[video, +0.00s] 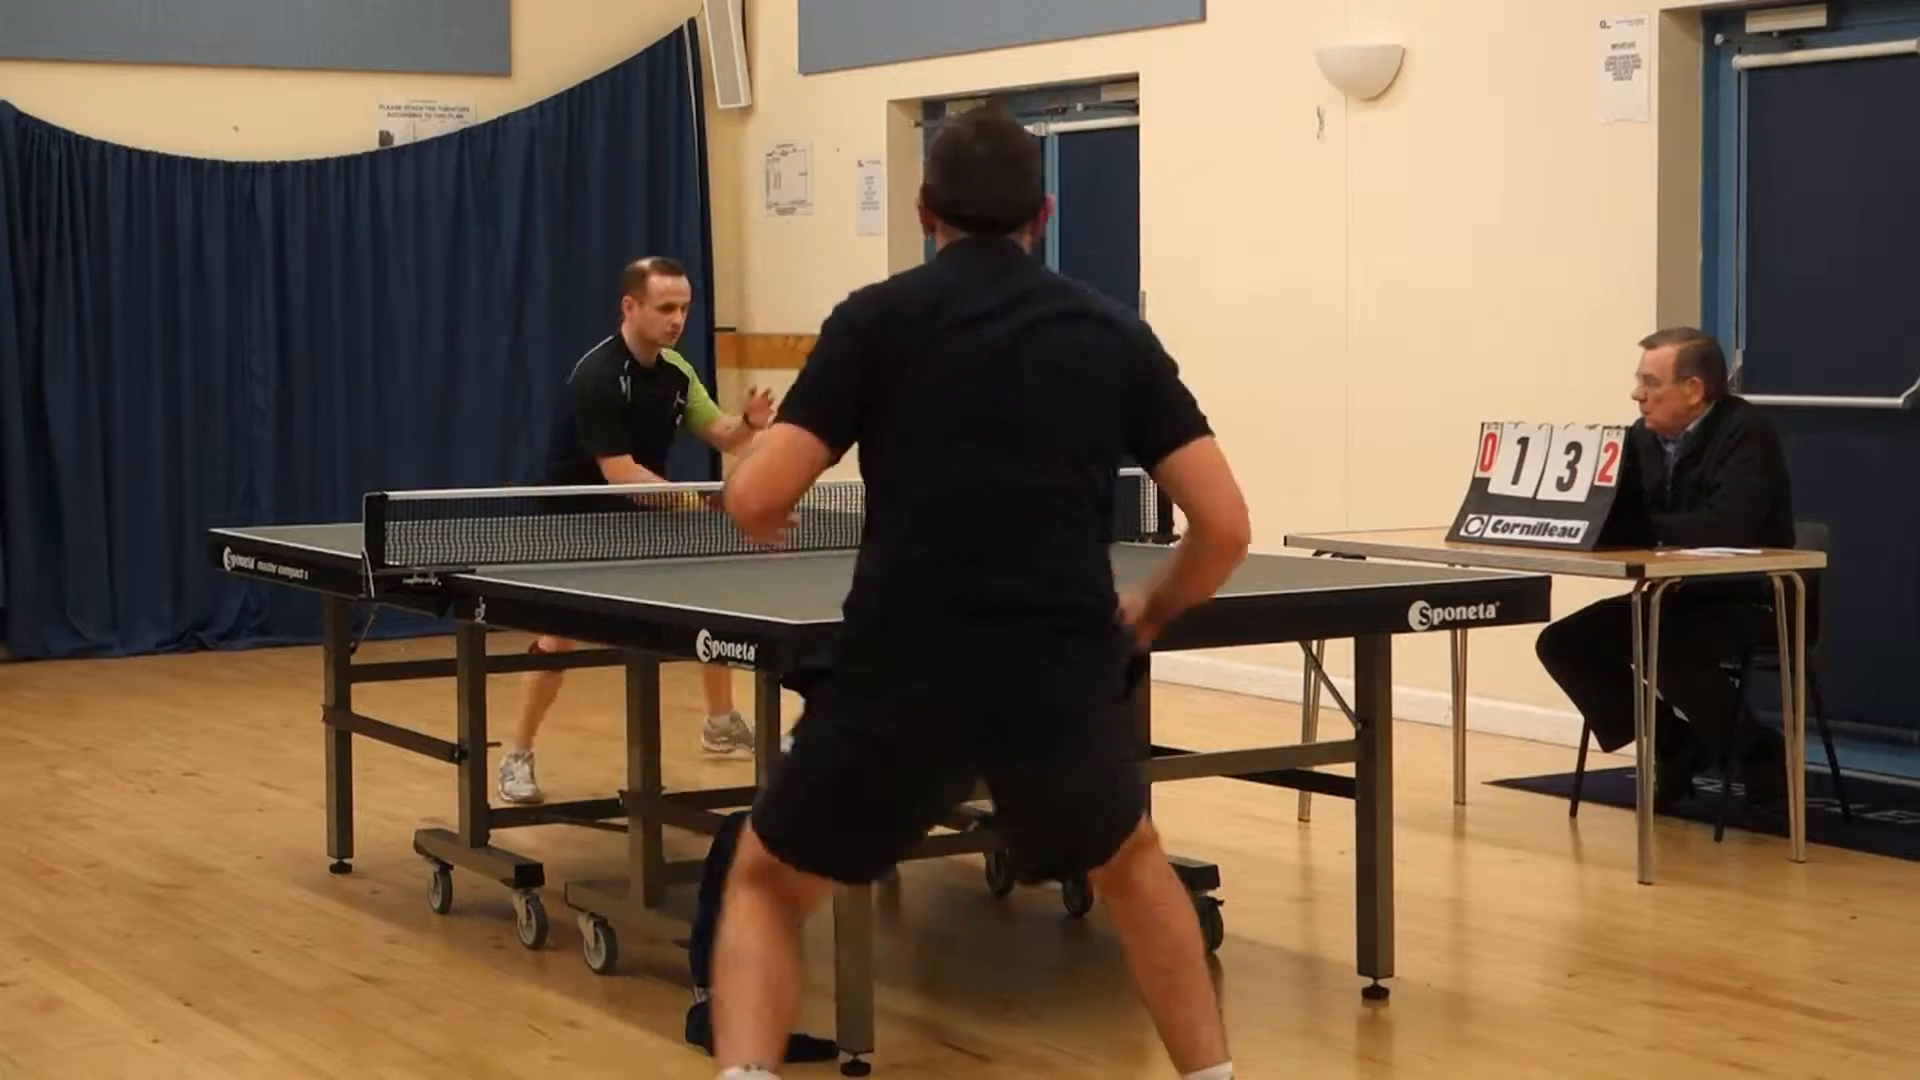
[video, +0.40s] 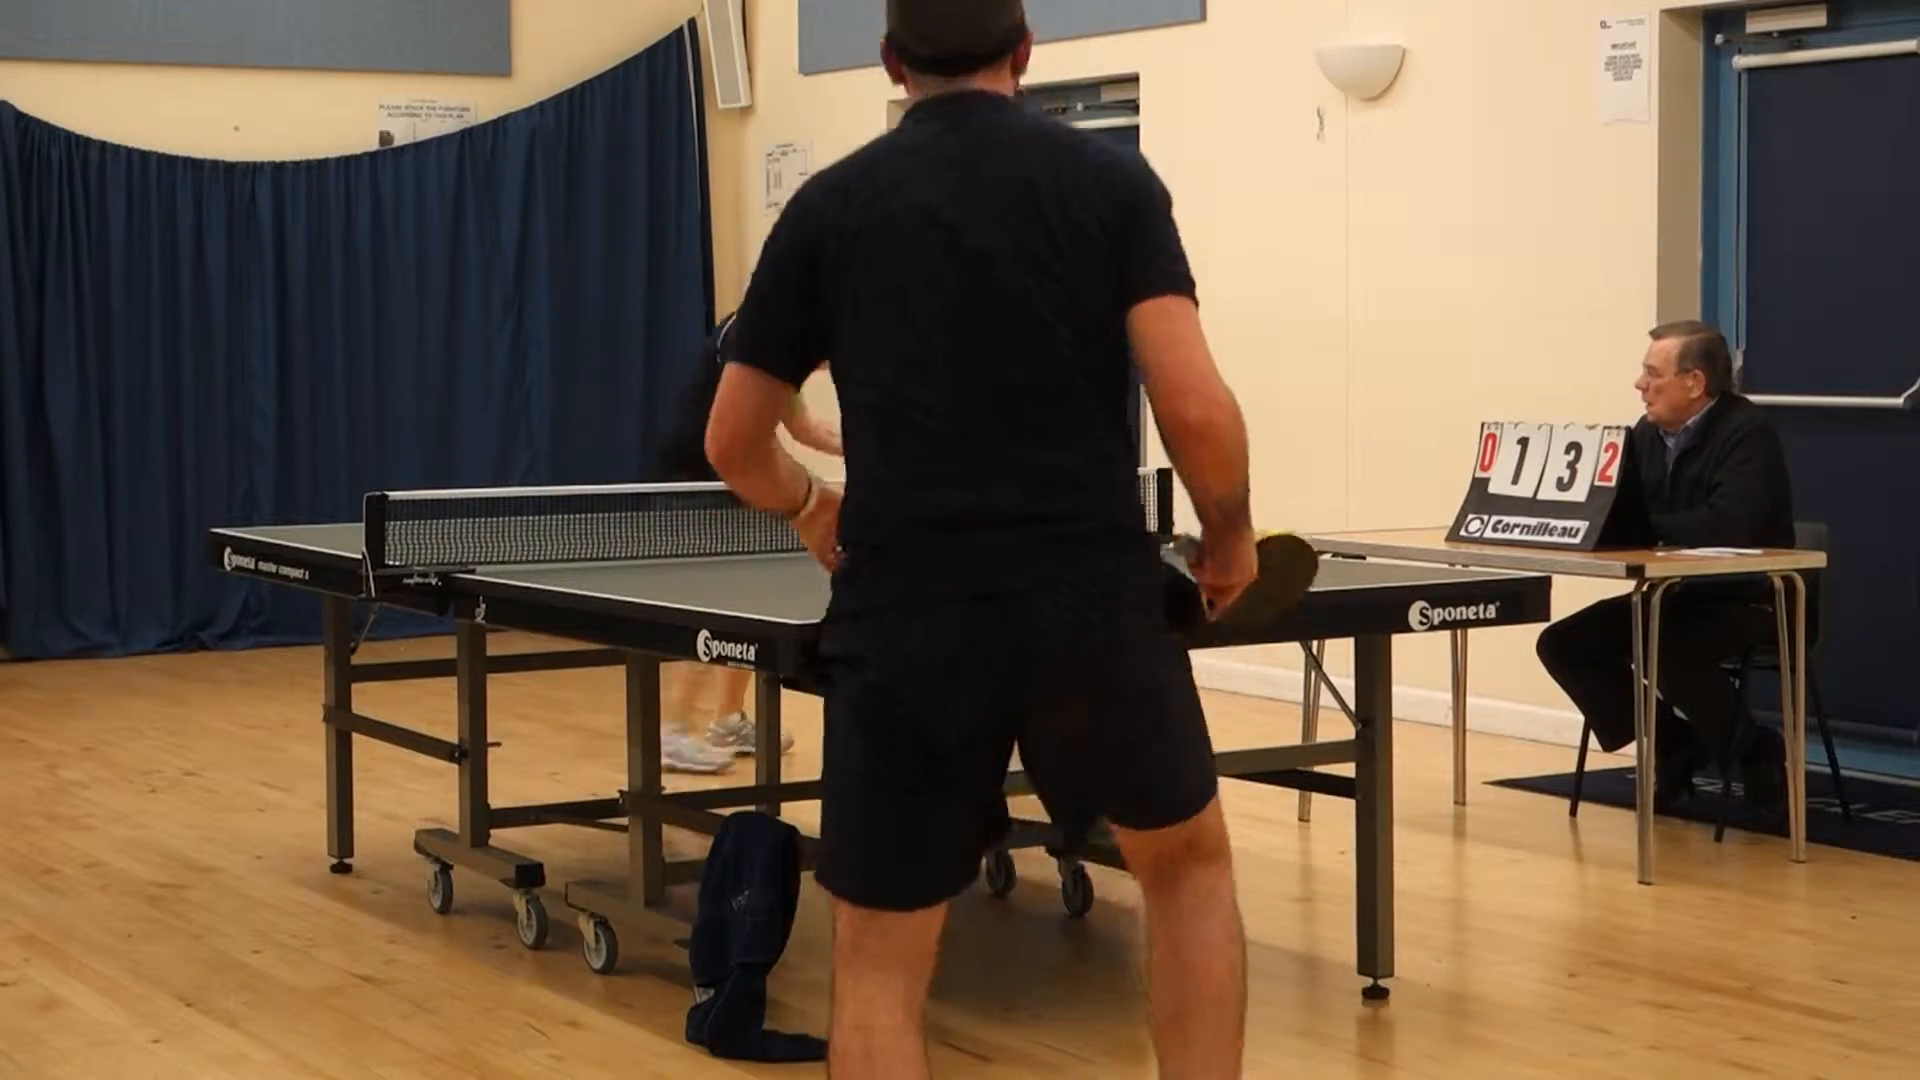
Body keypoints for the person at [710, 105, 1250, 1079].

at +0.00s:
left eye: (923, 201)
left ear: (925, 213)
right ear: (1041, 216)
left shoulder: (874, 323)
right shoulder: (1107, 331)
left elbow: (755, 509)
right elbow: (1223, 528)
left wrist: (752, 454)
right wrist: (1150, 610)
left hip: (904, 671)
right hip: (1063, 675)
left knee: (768, 880)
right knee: (1133, 865)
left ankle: (746, 1074)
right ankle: (1213, 1073)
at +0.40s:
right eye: (1025, 48)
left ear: (893, 64)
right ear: (1023, 57)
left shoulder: (831, 203)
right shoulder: (1109, 180)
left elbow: (733, 439)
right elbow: (1193, 406)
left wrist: (804, 503)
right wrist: (1228, 532)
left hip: (905, 622)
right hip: (1090, 610)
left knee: (878, 969)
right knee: (1183, 869)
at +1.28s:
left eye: (861, 16)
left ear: (865, 12)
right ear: (995, 6)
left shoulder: (819, 163)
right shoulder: (1115, 143)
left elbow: (789, 432)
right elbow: (1200, 400)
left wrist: (814, 500)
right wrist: (1077, 441)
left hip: (889, 643)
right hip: (1092, 637)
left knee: (789, 960)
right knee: (1123, 989)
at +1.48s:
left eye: (733, 12)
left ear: (737, 8)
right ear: (862, 3)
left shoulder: (689, 152)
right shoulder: (971, 137)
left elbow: (642, 409)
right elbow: (1066, 379)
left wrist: (714, 486)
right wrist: (952, 446)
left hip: (748, 609)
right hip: (934, 604)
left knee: (716, 941)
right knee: (996, 935)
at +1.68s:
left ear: (656, 5)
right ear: (768, 2)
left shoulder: (593, 135)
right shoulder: (871, 124)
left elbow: (515, 393)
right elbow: (955, 363)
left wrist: (585, 454)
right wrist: (863, 428)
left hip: (669, 571)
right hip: (840, 567)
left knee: (687, 914)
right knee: (831, 876)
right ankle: (820, 1078)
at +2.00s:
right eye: (705, 22)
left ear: (575, 28)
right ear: (702, 27)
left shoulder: (519, 168)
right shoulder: (775, 173)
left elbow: (455, 408)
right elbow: (844, 398)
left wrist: (459, 560)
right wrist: (805, 468)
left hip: (573, 576)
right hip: (722, 575)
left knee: (585, 892)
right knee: (670, 852)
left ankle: (643, 1079)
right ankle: (645, 1068)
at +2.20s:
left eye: (536, 20)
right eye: (658, 26)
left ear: (538, 29)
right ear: (663, 35)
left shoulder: (474, 170)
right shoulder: (727, 179)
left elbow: (414, 379)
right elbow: (789, 404)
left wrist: (383, 574)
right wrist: (759, 436)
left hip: (515, 570)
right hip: (673, 575)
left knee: (487, 823)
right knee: (656, 847)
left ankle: (506, 1054)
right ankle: (634, 1072)